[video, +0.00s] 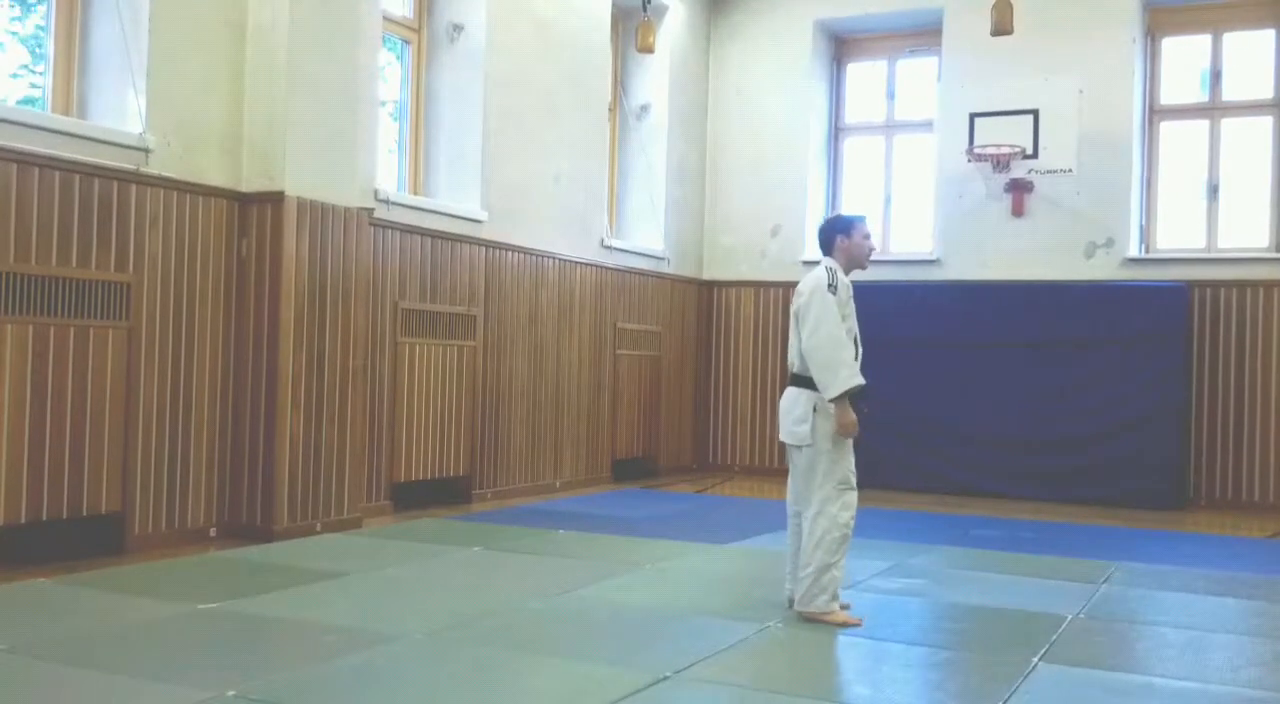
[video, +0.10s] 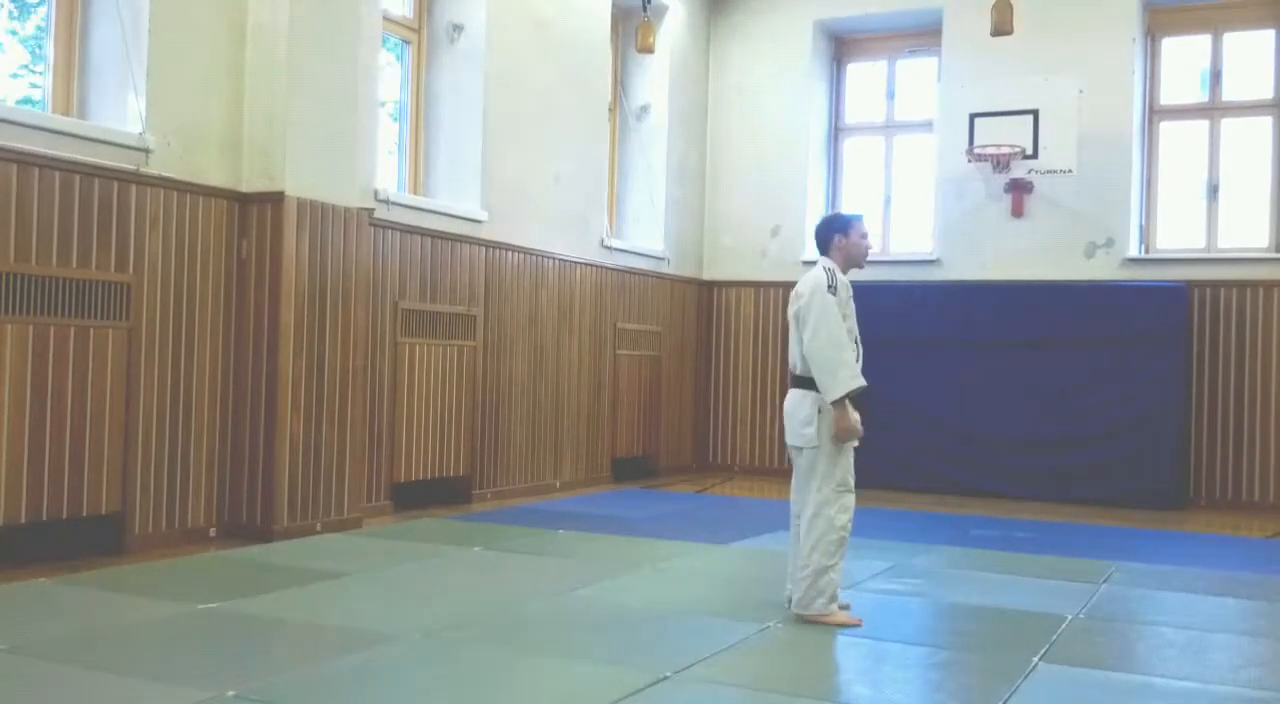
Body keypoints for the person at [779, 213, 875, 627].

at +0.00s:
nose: (872, 245)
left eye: (870, 238)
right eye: (866, 238)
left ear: (842, 243)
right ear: (841, 242)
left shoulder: (828, 282)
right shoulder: (823, 282)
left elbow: (826, 343)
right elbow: (824, 343)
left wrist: (847, 396)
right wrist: (842, 403)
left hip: (812, 401)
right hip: (818, 403)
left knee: (810, 498)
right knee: (836, 499)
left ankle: (805, 589)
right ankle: (817, 598)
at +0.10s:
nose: (869, 245)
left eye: (867, 237)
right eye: (863, 237)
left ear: (839, 242)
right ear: (839, 241)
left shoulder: (826, 281)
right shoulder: (822, 282)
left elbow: (828, 344)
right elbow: (825, 345)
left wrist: (843, 401)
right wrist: (842, 405)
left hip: (816, 402)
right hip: (818, 403)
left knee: (816, 500)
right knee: (831, 502)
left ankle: (807, 591)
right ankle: (815, 600)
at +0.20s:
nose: (867, 243)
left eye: (865, 235)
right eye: (861, 235)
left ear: (838, 241)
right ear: (839, 240)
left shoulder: (825, 281)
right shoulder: (821, 283)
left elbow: (834, 346)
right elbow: (827, 346)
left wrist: (853, 405)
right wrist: (846, 405)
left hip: (819, 402)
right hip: (821, 404)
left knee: (819, 502)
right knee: (834, 505)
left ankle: (810, 592)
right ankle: (814, 601)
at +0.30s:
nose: (868, 244)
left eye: (866, 236)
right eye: (862, 236)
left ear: (838, 241)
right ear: (840, 240)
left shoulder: (825, 281)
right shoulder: (821, 283)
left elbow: (834, 345)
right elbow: (830, 346)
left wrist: (852, 400)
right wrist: (851, 405)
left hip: (820, 403)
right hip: (824, 405)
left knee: (822, 503)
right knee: (837, 506)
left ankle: (811, 591)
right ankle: (816, 601)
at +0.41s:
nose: (870, 244)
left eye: (868, 236)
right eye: (865, 236)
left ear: (840, 242)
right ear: (843, 240)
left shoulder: (825, 281)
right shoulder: (824, 284)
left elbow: (836, 347)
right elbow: (834, 350)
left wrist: (856, 403)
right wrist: (857, 407)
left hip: (819, 403)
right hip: (825, 406)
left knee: (824, 505)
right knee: (835, 509)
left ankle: (812, 592)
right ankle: (816, 602)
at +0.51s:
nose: (873, 244)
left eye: (872, 236)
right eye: (869, 237)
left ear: (844, 240)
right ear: (848, 240)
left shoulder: (828, 281)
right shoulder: (826, 285)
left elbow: (840, 347)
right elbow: (837, 349)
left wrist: (858, 402)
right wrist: (859, 408)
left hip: (824, 404)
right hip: (824, 407)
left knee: (828, 506)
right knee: (831, 509)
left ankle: (817, 592)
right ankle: (813, 602)